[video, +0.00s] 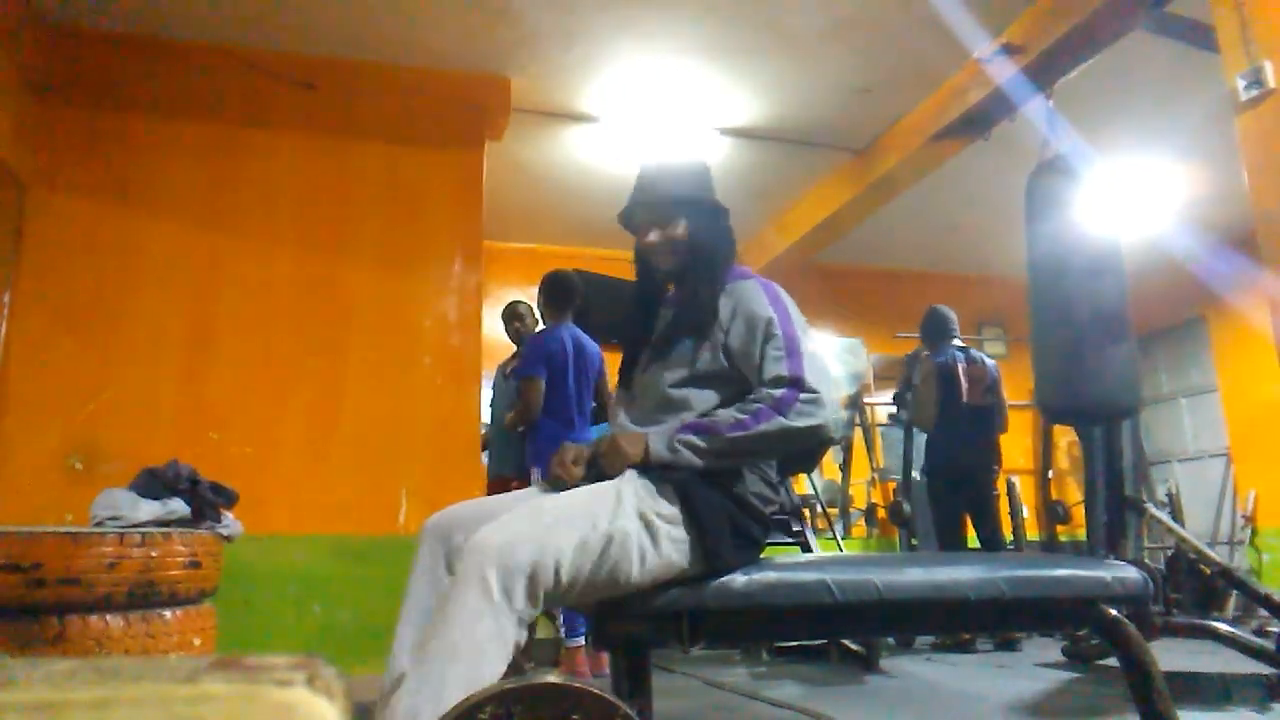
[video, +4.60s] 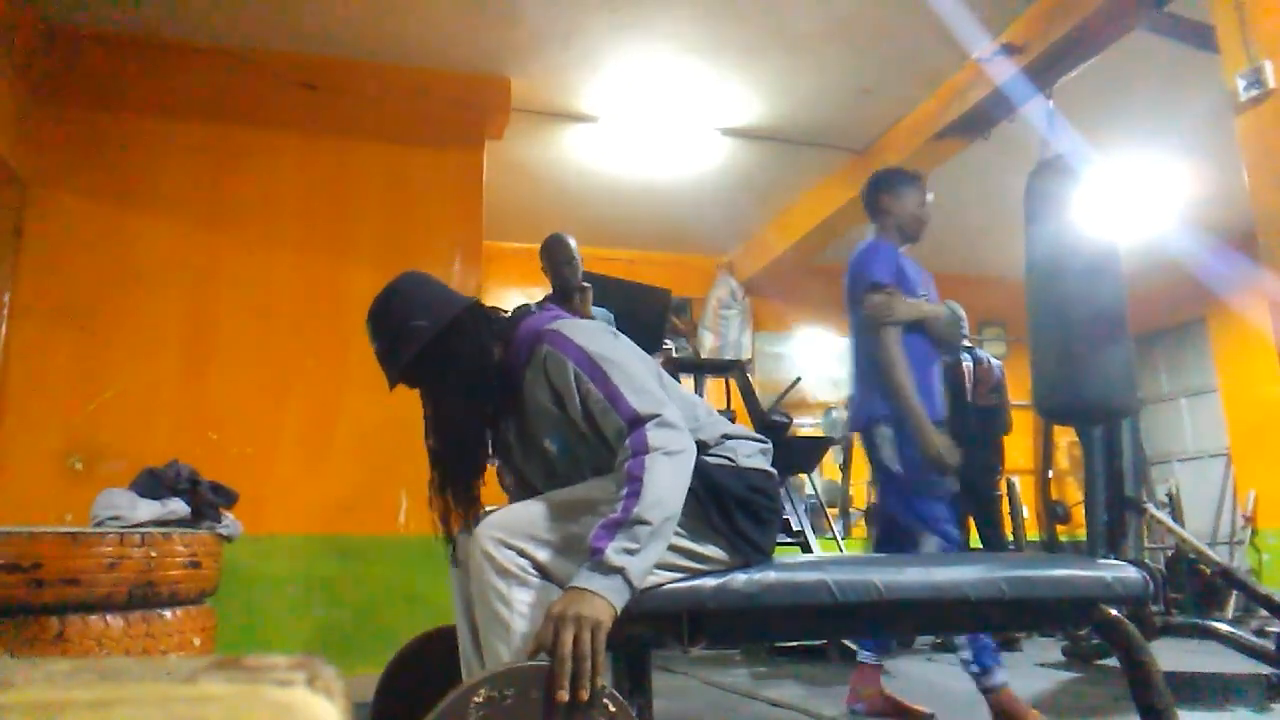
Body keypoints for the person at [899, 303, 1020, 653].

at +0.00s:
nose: (925, 343)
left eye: (924, 337)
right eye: (928, 338)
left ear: (926, 336)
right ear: (957, 331)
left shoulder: (928, 367)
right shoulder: (988, 365)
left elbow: (923, 420)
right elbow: (1002, 422)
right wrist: (973, 424)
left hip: (944, 470)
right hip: (981, 469)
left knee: (951, 548)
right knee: (993, 543)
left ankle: (959, 628)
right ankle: (1007, 626)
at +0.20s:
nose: (927, 340)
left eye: (926, 334)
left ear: (928, 333)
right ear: (959, 330)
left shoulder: (929, 367)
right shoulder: (984, 365)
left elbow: (934, 420)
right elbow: (1004, 422)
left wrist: (911, 440)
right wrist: (982, 442)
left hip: (945, 462)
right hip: (982, 461)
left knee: (950, 544)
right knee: (991, 540)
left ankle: (956, 628)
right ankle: (1007, 624)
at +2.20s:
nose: (927, 340)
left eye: (927, 334)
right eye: (931, 335)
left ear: (931, 333)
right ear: (963, 331)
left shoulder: (931, 365)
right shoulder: (988, 367)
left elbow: (933, 420)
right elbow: (1005, 424)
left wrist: (912, 438)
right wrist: (981, 443)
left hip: (944, 468)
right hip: (981, 467)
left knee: (949, 547)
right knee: (993, 543)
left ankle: (956, 628)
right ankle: (1008, 625)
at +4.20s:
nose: (930, 345)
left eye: (929, 339)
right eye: (930, 340)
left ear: (934, 337)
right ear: (963, 332)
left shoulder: (939, 366)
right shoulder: (992, 365)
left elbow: (938, 423)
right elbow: (993, 421)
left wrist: (924, 470)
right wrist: (993, 459)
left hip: (951, 468)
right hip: (985, 468)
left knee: (953, 547)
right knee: (998, 544)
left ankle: (959, 628)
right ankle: (1009, 626)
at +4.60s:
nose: (957, 328)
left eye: (950, 325)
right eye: (959, 321)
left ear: (944, 332)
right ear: (970, 328)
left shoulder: (943, 363)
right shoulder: (992, 365)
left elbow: (942, 412)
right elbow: (1003, 421)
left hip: (951, 456)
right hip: (985, 461)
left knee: (953, 543)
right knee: (995, 540)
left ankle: (952, 624)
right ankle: (1007, 621)